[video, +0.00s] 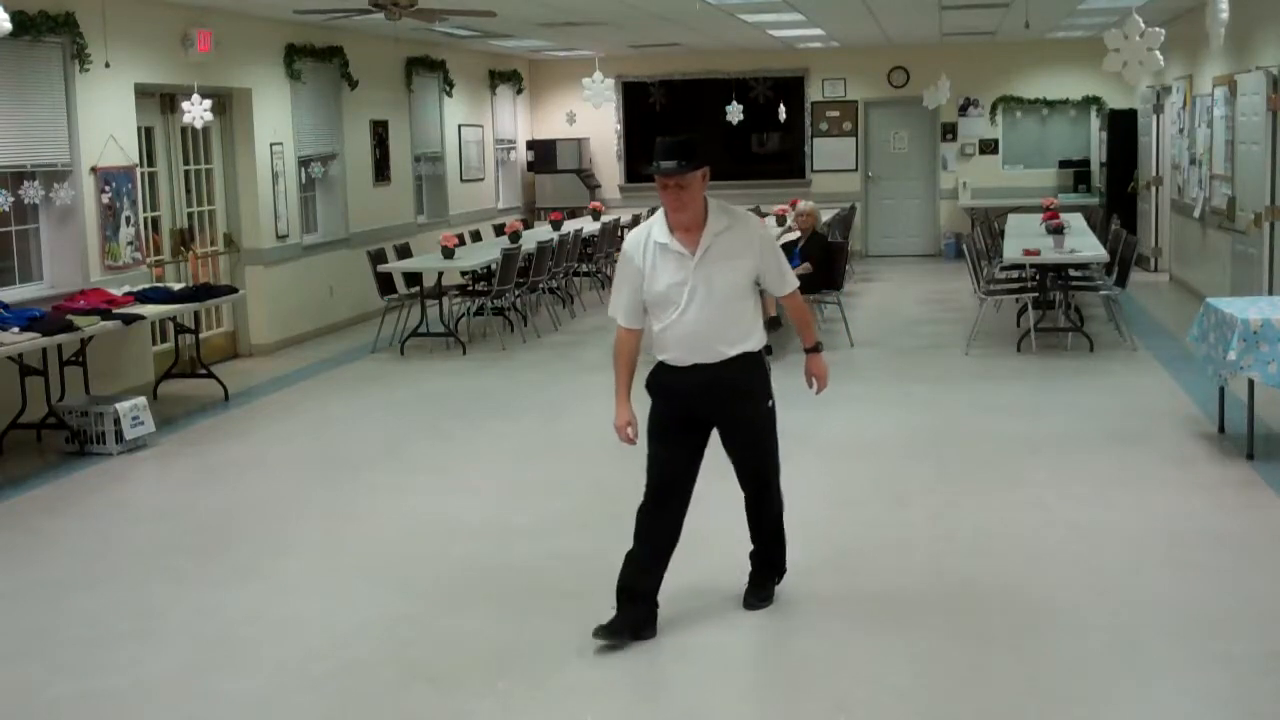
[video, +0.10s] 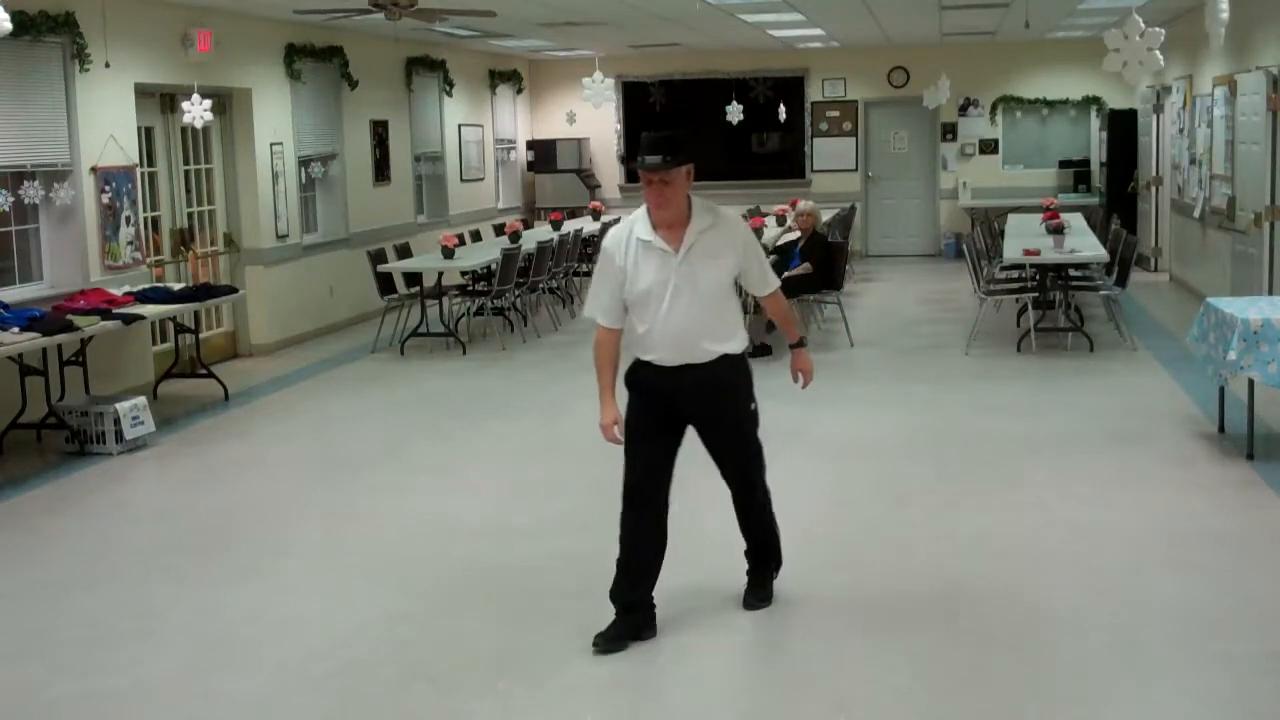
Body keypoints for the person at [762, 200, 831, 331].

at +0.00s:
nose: (804, 219)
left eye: (808, 216)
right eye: (801, 216)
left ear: (815, 219)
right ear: (796, 219)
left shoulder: (820, 240)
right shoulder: (793, 242)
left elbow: (814, 264)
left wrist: (790, 275)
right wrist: (793, 272)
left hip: (812, 279)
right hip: (793, 278)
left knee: (768, 284)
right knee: (769, 278)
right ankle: (773, 316)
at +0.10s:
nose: (804, 219)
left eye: (808, 215)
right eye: (801, 215)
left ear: (815, 219)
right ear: (796, 219)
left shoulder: (820, 240)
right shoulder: (795, 242)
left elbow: (812, 265)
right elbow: (768, 250)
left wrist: (788, 275)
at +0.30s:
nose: (804, 219)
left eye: (808, 215)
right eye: (801, 215)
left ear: (815, 219)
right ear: (796, 219)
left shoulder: (820, 240)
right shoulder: (795, 242)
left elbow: (810, 266)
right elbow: (767, 250)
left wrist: (785, 275)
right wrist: (784, 230)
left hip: (809, 278)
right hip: (789, 274)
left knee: (766, 291)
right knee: (766, 277)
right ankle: (773, 317)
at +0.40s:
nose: (804, 219)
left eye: (808, 215)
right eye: (800, 215)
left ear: (815, 219)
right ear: (796, 220)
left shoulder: (820, 240)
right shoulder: (795, 242)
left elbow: (810, 267)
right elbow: (767, 249)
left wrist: (784, 276)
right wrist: (784, 229)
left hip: (809, 279)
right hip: (789, 275)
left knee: (767, 292)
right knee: (766, 276)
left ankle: (764, 344)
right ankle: (773, 316)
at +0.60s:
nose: (804, 219)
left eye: (808, 215)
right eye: (800, 215)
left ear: (815, 219)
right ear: (796, 220)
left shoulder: (820, 240)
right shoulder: (795, 242)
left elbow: (810, 267)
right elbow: (767, 248)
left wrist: (785, 275)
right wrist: (784, 229)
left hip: (808, 279)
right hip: (789, 275)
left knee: (768, 292)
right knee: (765, 276)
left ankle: (763, 344)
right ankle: (773, 316)